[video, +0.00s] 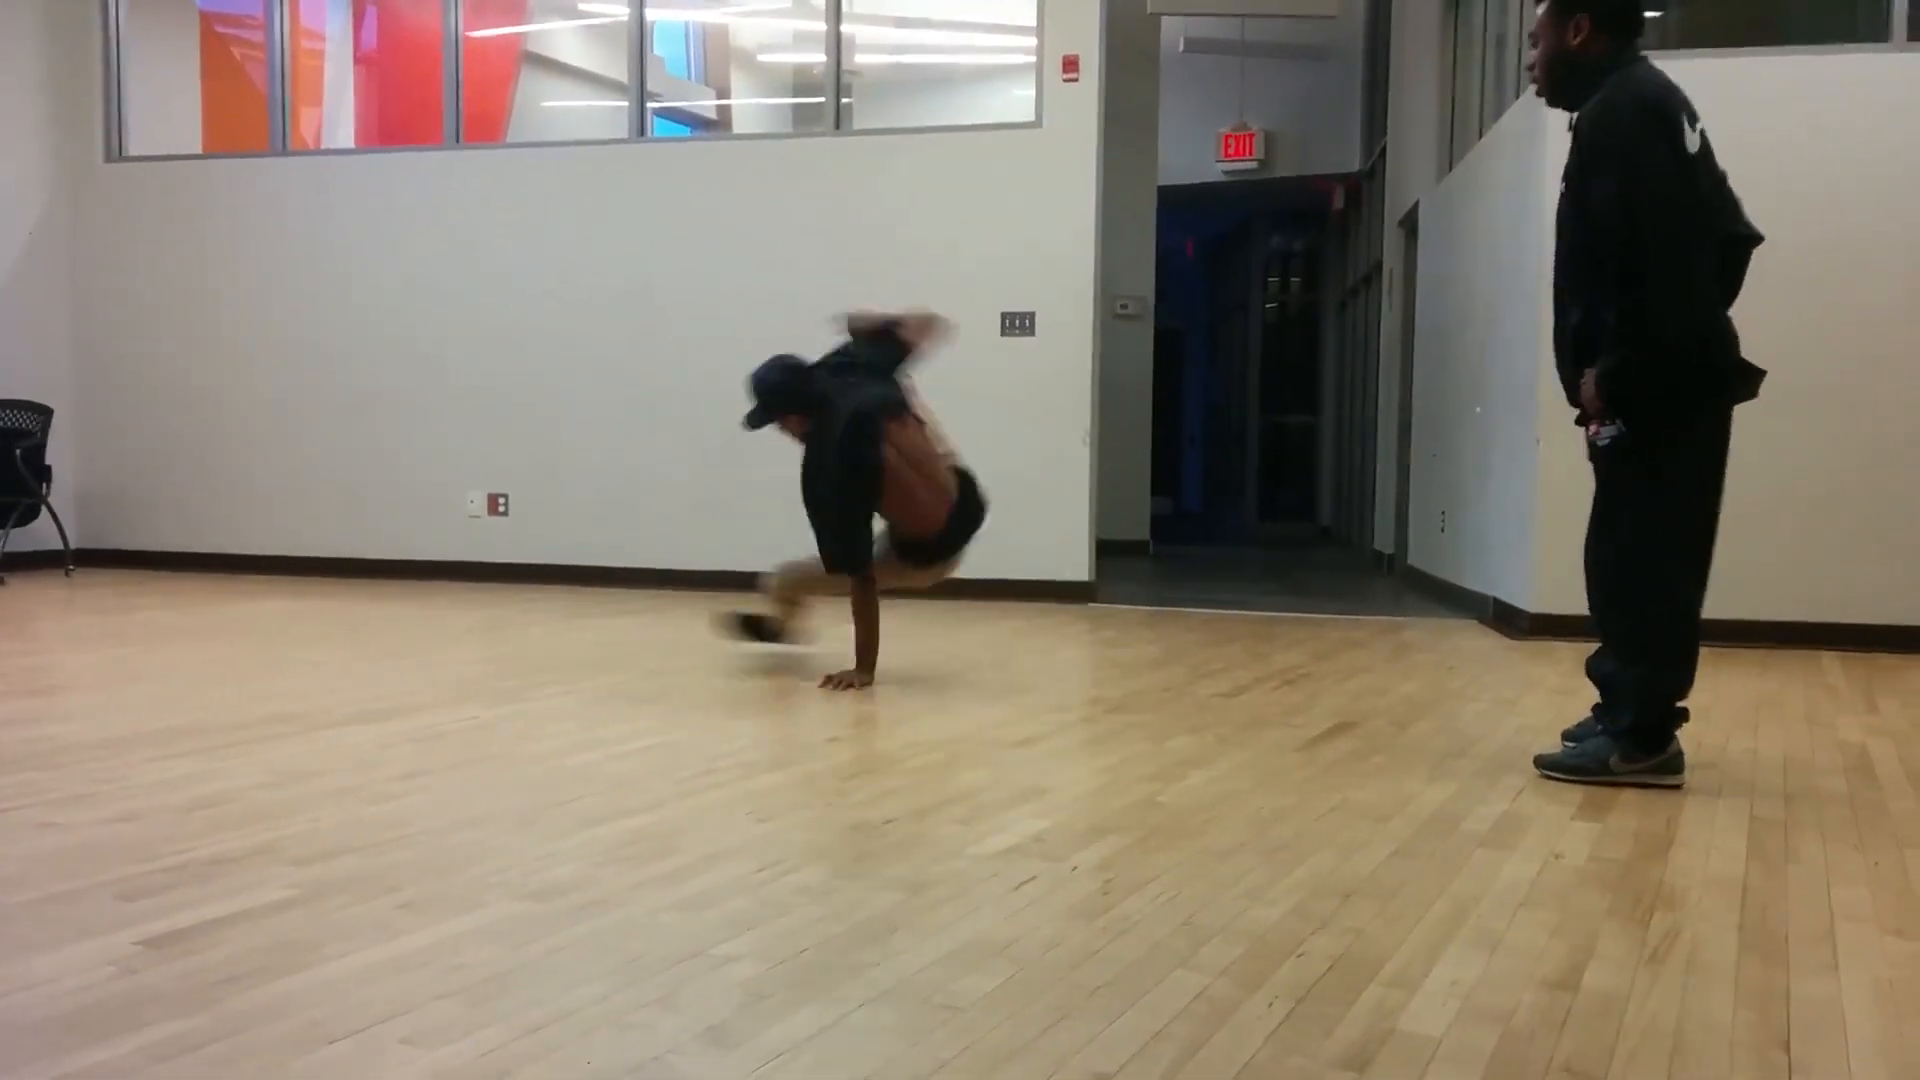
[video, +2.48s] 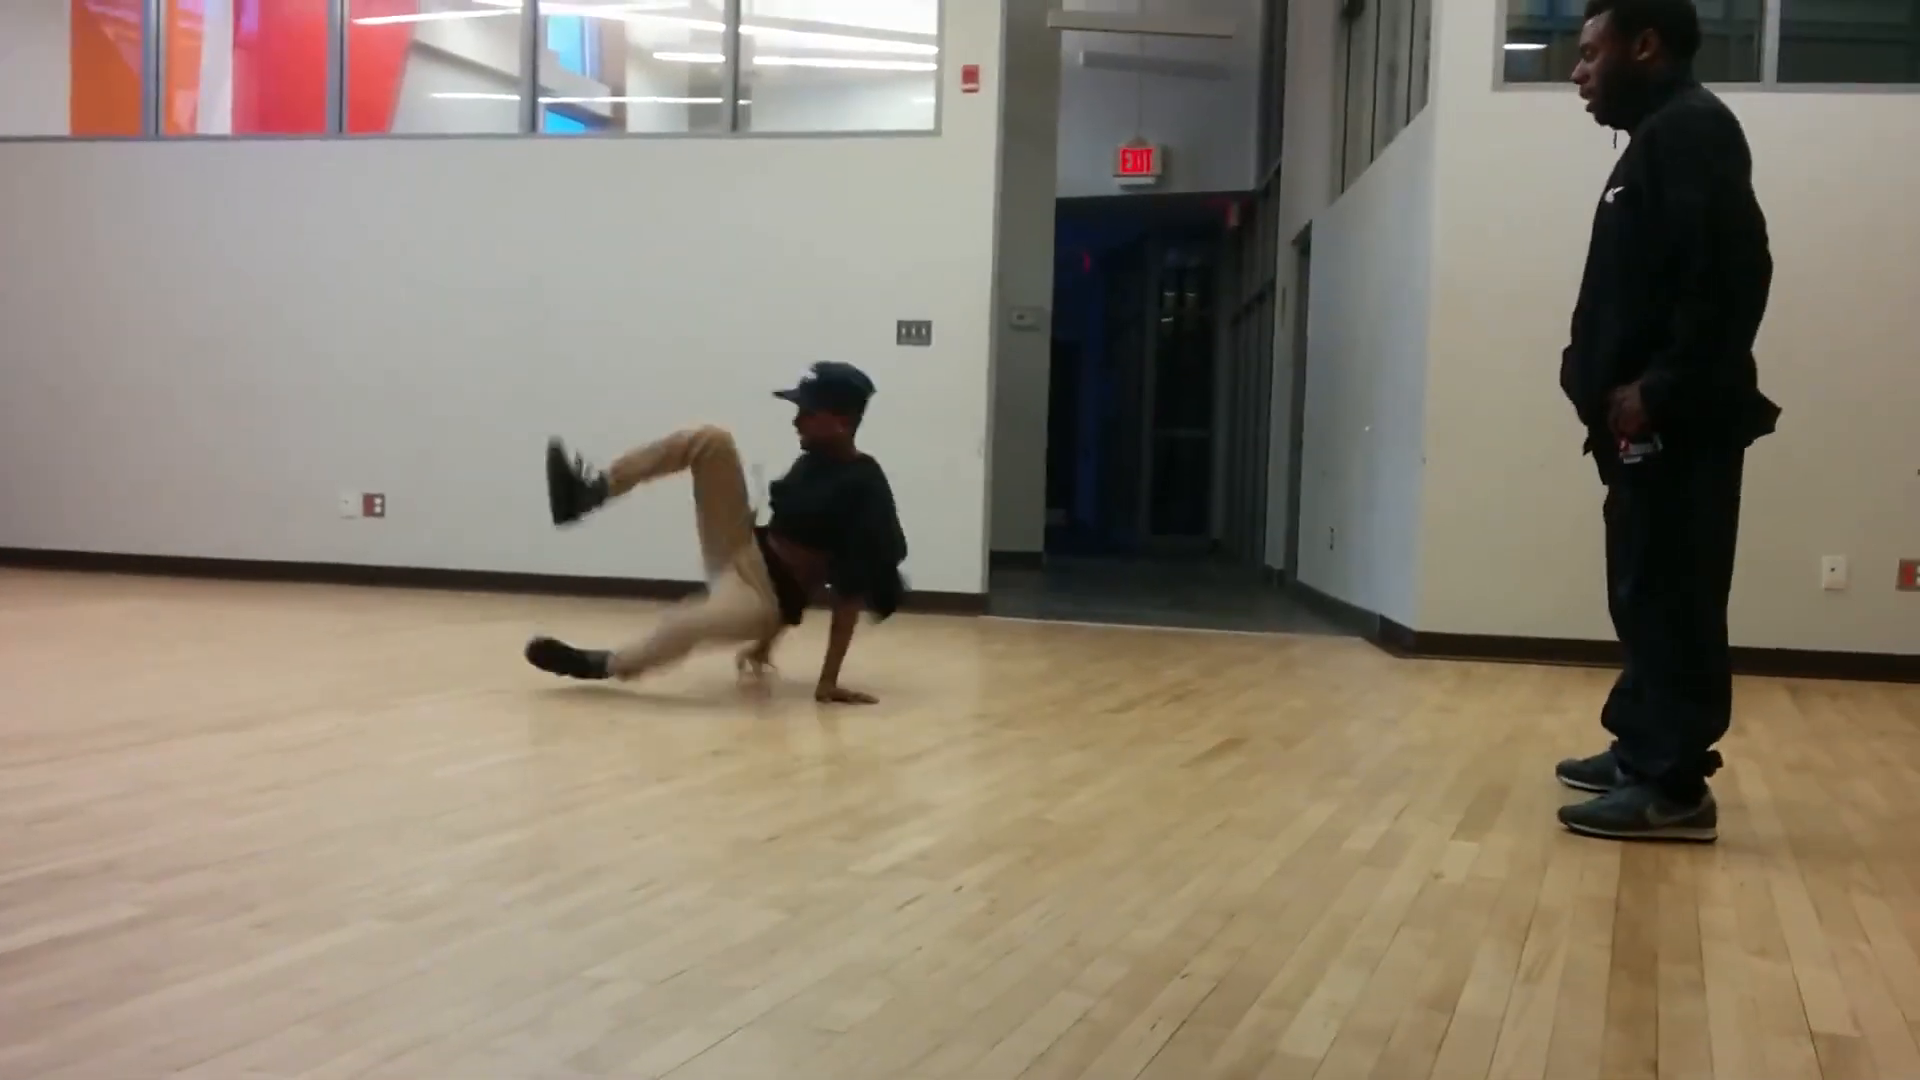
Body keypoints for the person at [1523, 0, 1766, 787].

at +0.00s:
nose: (1529, 60)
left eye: (1537, 39)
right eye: (1530, 42)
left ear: (1583, 35)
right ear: (1594, 37)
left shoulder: (1623, 109)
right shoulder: (1653, 100)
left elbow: (1643, 265)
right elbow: (1731, 236)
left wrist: (1606, 372)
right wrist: (1664, 348)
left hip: (1654, 393)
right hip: (1676, 388)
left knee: (1636, 556)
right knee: (1647, 553)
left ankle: (1639, 735)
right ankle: (1635, 723)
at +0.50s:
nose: (1578, 47)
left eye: (1587, 26)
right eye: (1580, 29)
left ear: (1632, 24)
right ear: (1647, 26)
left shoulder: (1657, 110)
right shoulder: (1716, 95)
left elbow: (1636, 246)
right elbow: (1810, 208)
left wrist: (1624, 360)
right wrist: (1735, 287)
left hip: (1679, 386)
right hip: (1735, 377)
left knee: (1647, 553)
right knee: (1736, 545)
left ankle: (1648, 732)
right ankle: (1780, 714)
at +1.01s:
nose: (1679, 41)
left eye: (1689, 22)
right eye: (1681, 25)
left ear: (1732, 24)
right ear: (1752, 30)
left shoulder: (1731, 108)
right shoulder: (1814, 101)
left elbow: (1725, 243)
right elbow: (1903, 216)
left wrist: (1693, 356)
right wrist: (1842, 303)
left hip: (1746, 378)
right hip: (1828, 377)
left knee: (1685, 535)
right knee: (1810, 548)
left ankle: (1670, 718)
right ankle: (1794, 728)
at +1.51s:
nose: (1706, 69)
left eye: (1713, 46)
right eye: (1706, 51)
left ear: (1763, 36)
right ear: (1770, 38)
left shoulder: (1799, 99)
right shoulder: (1834, 99)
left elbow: (1802, 238)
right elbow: (1902, 220)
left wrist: (1767, 344)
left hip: (1795, 382)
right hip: (1855, 381)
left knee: (1729, 530)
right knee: (1828, 545)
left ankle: (1732, 720)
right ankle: (1808, 727)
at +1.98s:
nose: (1666, 80)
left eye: (1675, 59)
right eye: (1665, 63)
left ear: (1727, 47)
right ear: (1727, 51)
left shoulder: (1774, 116)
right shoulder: (1759, 118)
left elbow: (1815, 270)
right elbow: (1816, 268)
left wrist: (1738, 374)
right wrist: (1715, 369)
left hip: (1774, 405)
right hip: (1751, 405)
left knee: (1754, 566)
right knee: (1730, 562)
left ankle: (1748, 752)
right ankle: (1723, 736)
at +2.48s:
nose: (1577, 71)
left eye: (1589, 52)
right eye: (1578, 54)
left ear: (1647, 48)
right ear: (1642, 52)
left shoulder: (1692, 130)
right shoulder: (1664, 132)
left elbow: (1730, 277)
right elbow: (1684, 279)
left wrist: (1658, 389)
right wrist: (1621, 382)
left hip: (1684, 425)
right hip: (1652, 423)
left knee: (1674, 596)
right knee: (1645, 592)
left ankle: (1675, 787)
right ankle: (1642, 753)